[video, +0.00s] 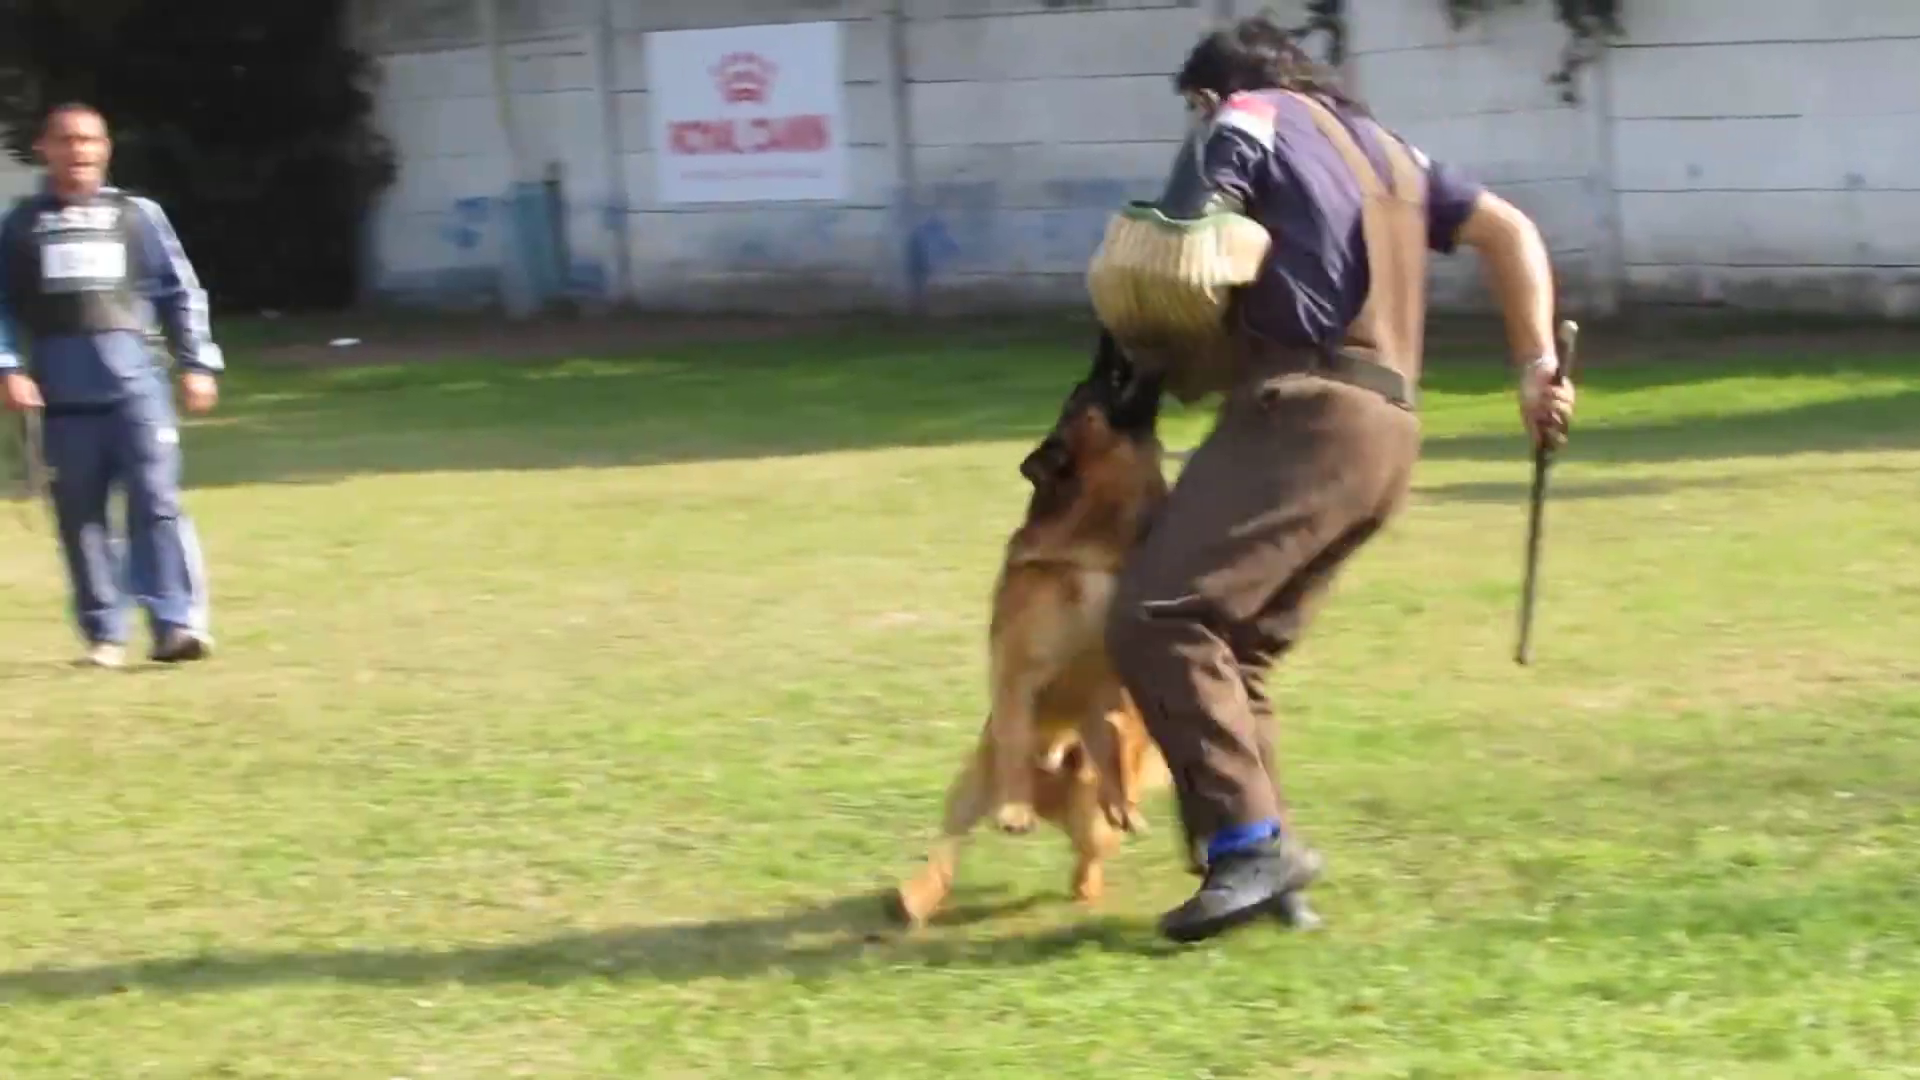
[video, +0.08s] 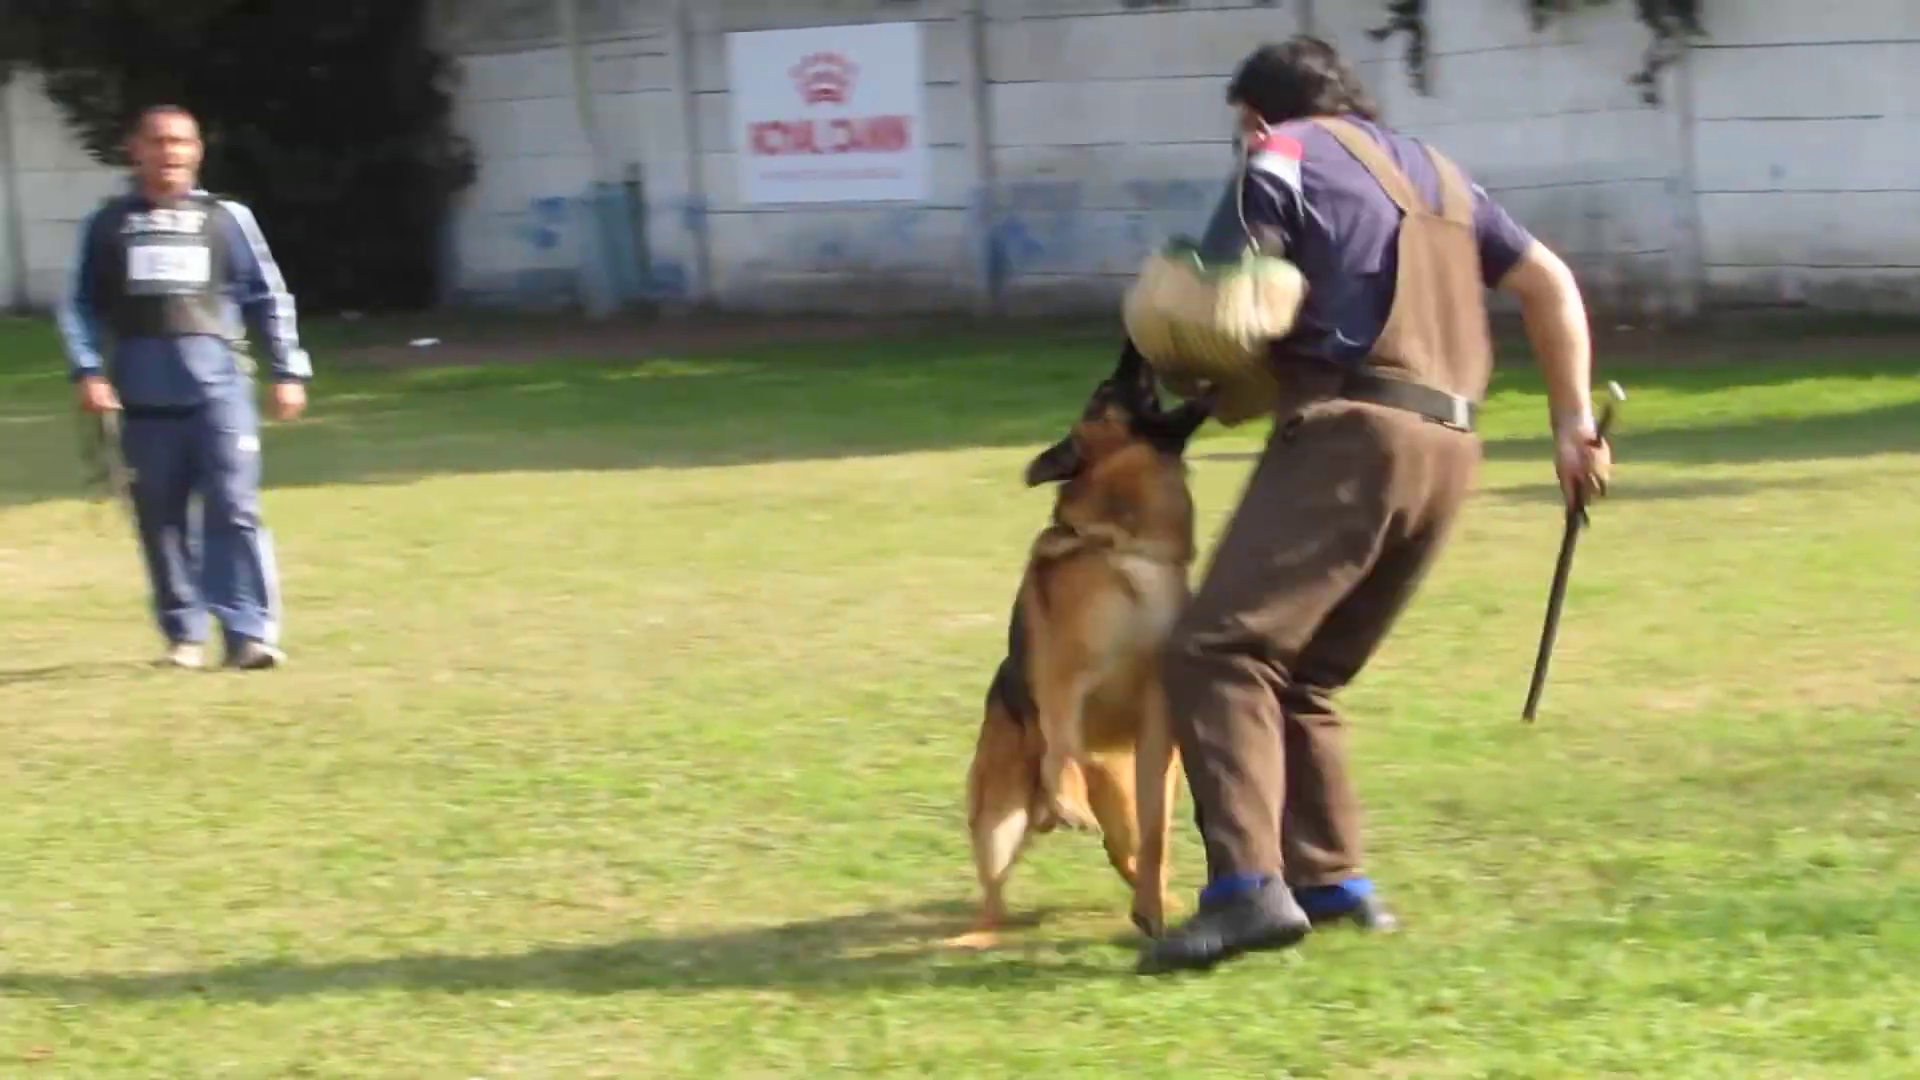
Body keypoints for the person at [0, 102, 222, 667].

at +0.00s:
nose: (80, 151)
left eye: (90, 140)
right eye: (68, 141)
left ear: (107, 148)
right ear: (44, 149)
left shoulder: (138, 215)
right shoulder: (22, 223)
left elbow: (181, 289)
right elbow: (5, 305)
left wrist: (198, 361)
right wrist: (11, 365)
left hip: (137, 382)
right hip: (64, 391)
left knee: (158, 499)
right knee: (81, 514)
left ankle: (177, 624)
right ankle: (104, 631)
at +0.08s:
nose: (172, 153)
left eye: (181, 142)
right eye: (159, 142)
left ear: (199, 151)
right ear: (134, 151)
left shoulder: (227, 219)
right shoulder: (109, 224)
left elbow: (268, 293)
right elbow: (79, 305)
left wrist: (289, 368)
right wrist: (89, 369)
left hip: (219, 384)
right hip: (144, 391)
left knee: (236, 508)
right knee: (161, 516)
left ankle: (251, 633)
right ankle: (184, 634)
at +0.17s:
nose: (259, 153)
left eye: (270, 143)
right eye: (246, 142)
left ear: (285, 152)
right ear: (221, 152)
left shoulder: (311, 222)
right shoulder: (193, 223)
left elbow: (350, 298)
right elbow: (161, 303)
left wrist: (368, 373)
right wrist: (161, 368)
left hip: (297, 391)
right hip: (223, 398)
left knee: (306, 513)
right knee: (236, 518)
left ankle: (316, 635)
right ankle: (253, 631)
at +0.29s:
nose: (368, 147)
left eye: (379, 136)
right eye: (356, 136)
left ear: (395, 147)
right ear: (332, 147)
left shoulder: (420, 221)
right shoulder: (300, 215)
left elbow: (455, 301)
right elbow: (264, 293)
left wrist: (466, 375)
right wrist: (255, 365)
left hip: (395, 396)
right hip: (320, 398)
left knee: (405, 519)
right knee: (315, 517)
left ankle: (409, 635)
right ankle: (341, 621)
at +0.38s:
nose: (421, 145)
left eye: (431, 135)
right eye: (409, 135)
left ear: (447, 146)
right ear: (384, 145)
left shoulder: (471, 221)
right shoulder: (352, 214)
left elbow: (504, 302)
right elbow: (314, 291)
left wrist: (511, 376)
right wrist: (302, 364)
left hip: (447, 400)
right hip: (370, 402)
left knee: (451, 520)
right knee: (356, 506)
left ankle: (453, 637)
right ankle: (382, 615)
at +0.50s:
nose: (468, 141)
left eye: (476, 131)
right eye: (455, 132)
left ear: (491, 142)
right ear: (428, 144)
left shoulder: (517, 216)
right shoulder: (396, 211)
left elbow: (547, 296)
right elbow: (360, 288)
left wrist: (536, 360)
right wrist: (345, 360)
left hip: (491, 398)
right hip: (413, 398)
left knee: (495, 521)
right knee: (408, 514)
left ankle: (493, 640)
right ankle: (417, 641)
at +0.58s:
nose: (480, 143)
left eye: (488, 133)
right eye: (467, 134)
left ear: (503, 143)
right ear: (442, 145)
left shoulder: (530, 217)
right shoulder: (411, 213)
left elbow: (560, 292)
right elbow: (374, 291)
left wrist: (535, 349)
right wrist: (358, 363)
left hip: (504, 393)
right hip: (426, 393)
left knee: (505, 521)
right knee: (429, 517)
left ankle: (503, 641)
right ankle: (427, 646)